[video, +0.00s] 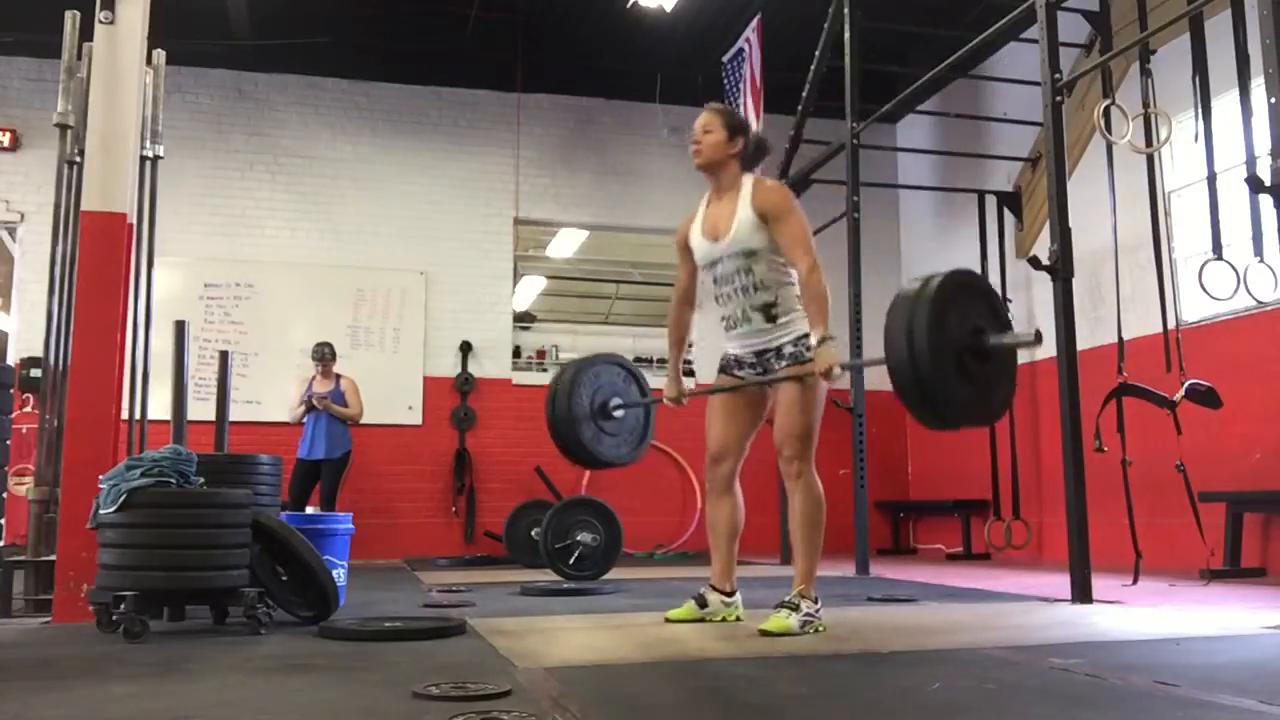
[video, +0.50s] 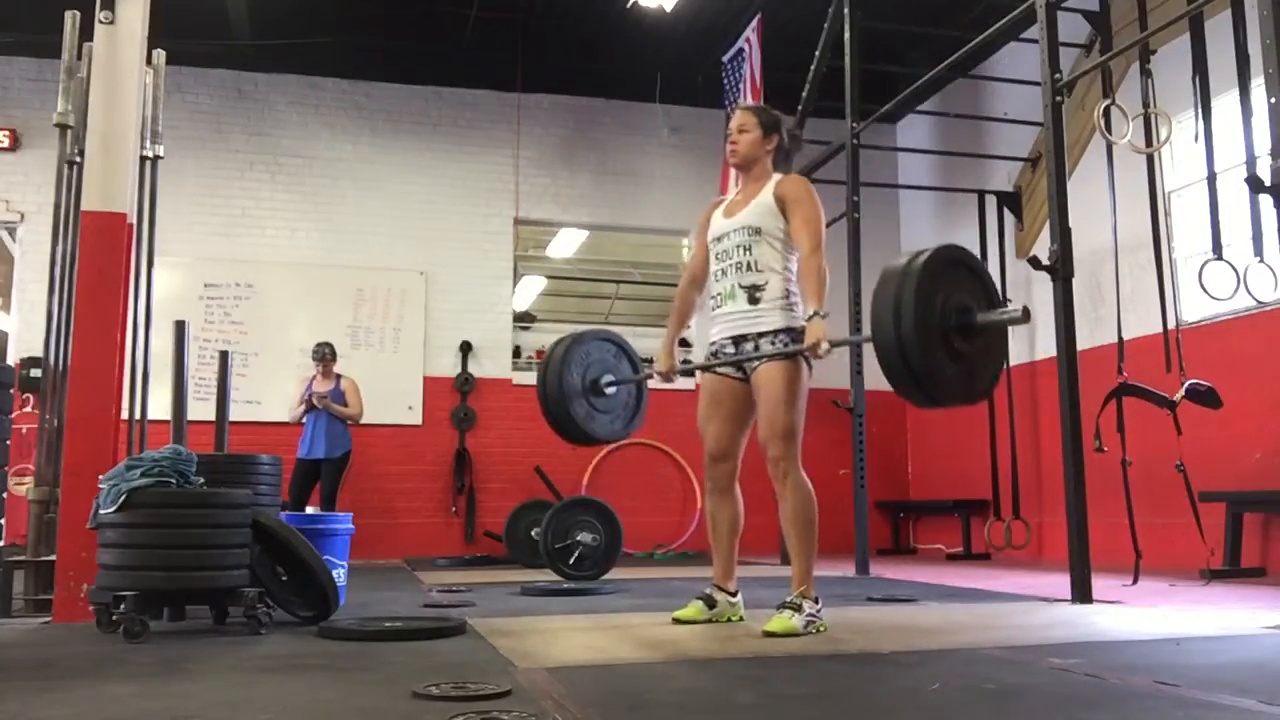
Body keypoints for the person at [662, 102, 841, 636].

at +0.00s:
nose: (693, 140)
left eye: (705, 133)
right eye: (693, 133)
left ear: (735, 143)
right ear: (697, 148)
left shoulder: (769, 196)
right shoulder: (692, 227)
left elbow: (809, 267)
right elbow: (684, 301)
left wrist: (821, 338)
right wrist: (674, 367)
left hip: (793, 347)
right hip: (739, 355)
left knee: (795, 464)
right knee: (719, 467)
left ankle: (804, 598)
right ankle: (722, 593)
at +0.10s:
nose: (710, 137)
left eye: (721, 128)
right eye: (709, 129)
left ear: (752, 137)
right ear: (713, 140)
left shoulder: (780, 186)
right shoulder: (705, 212)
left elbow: (811, 253)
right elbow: (686, 288)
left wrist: (817, 321)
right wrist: (671, 350)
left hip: (788, 338)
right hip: (735, 344)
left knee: (790, 460)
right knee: (723, 460)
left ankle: (804, 598)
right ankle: (725, 592)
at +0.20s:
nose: (721, 137)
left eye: (732, 130)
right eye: (720, 130)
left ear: (761, 139)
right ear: (721, 141)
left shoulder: (785, 185)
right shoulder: (710, 210)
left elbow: (811, 248)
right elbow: (688, 278)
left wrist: (814, 310)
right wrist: (668, 340)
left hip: (782, 339)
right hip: (728, 344)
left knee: (786, 460)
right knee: (719, 462)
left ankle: (803, 598)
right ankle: (724, 593)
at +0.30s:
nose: (727, 139)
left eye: (738, 131)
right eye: (726, 131)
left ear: (766, 142)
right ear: (724, 143)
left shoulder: (787, 187)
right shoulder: (712, 209)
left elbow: (811, 247)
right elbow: (690, 277)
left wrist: (812, 309)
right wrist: (668, 338)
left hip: (777, 337)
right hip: (720, 344)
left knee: (777, 457)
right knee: (716, 462)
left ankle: (804, 596)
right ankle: (724, 592)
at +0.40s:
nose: (729, 141)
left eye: (740, 133)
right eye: (727, 135)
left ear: (768, 143)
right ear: (727, 146)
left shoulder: (789, 189)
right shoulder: (714, 211)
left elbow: (811, 250)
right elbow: (691, 279)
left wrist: (812, 313)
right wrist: (669, 339)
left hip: (774, 339)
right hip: (716, 345)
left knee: (776, 459)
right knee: (714, 463)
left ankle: (803, 598)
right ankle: (723, 593)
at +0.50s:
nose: (731, 139)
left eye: (741, 131)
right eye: (729, 133)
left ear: (770, 141)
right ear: (728, 145)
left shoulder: (791, 189)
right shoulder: (715, 212)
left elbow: (812, 252)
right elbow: (692, 280)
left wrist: (815, 315)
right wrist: (669, 340)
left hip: (778, 339)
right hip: (722, 345)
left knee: (782, 461)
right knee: (718, 464)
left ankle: (803, 598)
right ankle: (724, 593)